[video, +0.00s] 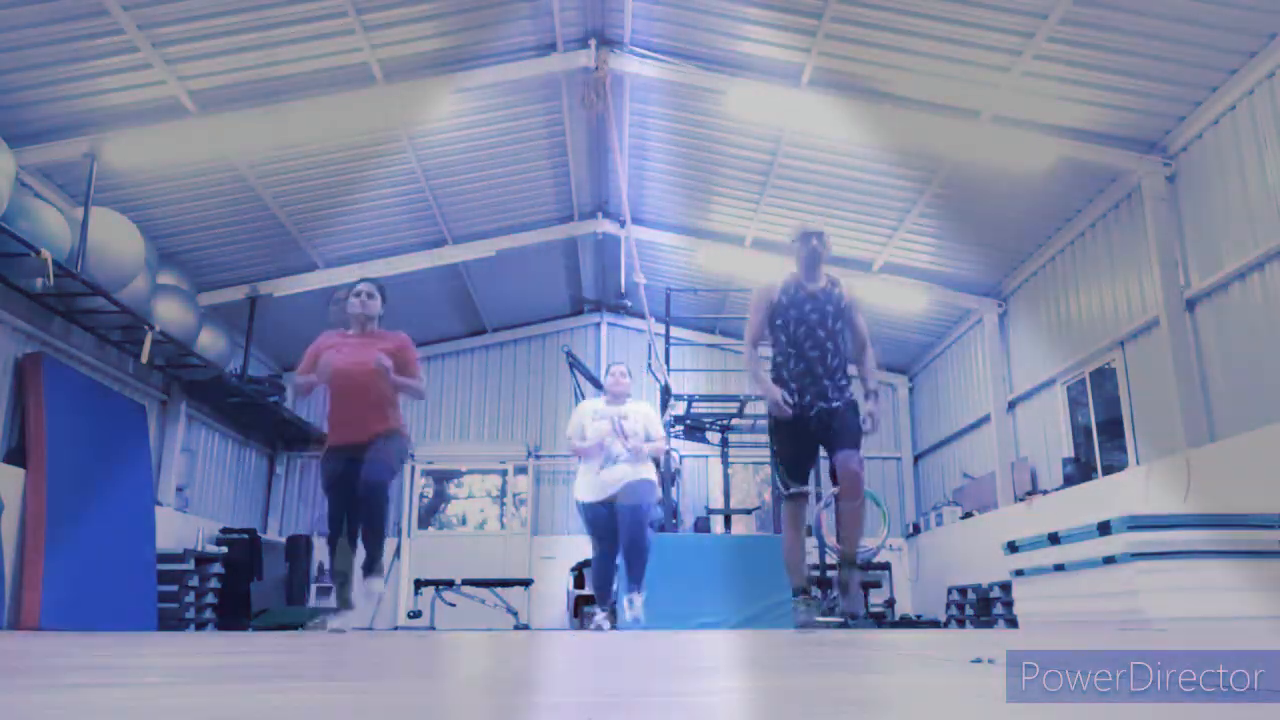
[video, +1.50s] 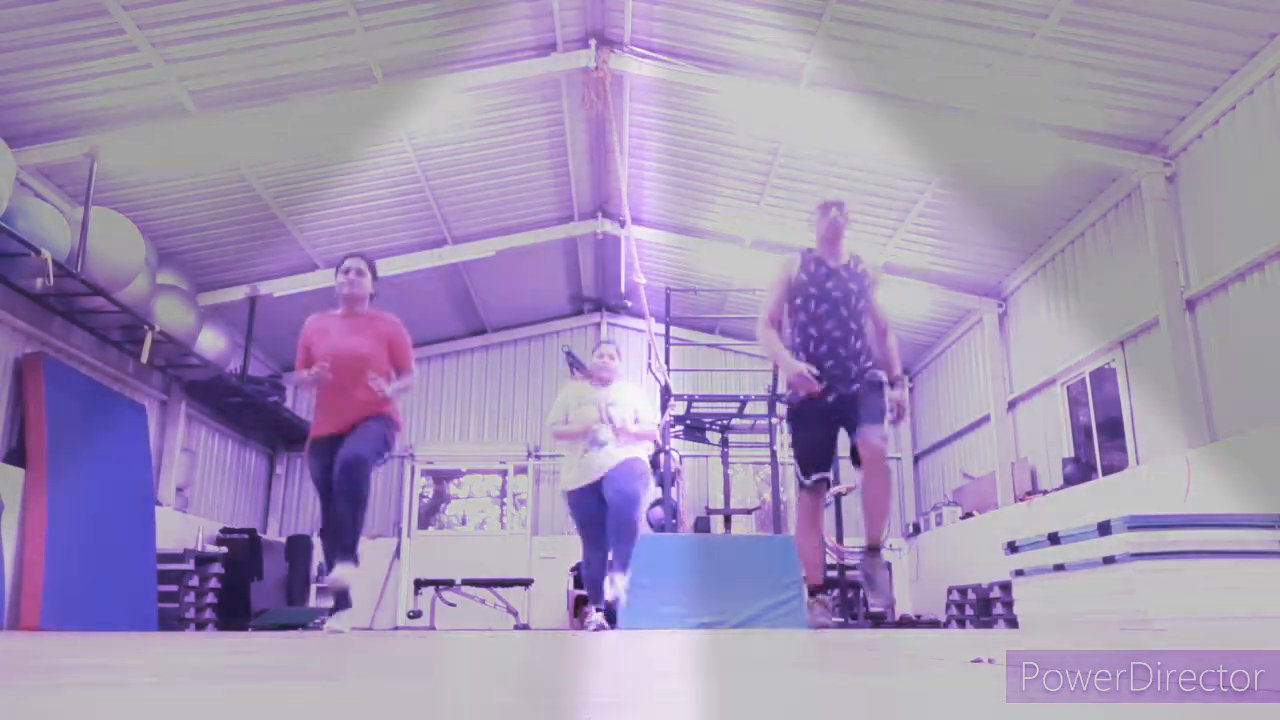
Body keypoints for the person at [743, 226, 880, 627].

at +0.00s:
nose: (813, 249)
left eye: (819, 243)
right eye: (806, 243)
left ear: (826, 252)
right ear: (794, 251)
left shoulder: (842, 297)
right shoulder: (772, 295)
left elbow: (863, 349)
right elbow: (751, 347)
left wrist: (871, 395)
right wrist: (766, 387)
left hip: (839, 404)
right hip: (790, 406)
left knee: (851, 475)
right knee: (795, 499)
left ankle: (849, 578)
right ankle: (800, 594)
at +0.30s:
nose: (826, 259)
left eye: (833, 254)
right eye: (821, 253)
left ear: (839, 262)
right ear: (809, 258)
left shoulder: (852, 314)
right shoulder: (784, 304)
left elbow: (873, 364)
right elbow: (761, 360)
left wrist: (876, 406)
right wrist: (767, 409)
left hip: (843, 424)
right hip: (795, 424)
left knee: (848, 511)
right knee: (795, 511)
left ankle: (850, 602)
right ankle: (791, 594)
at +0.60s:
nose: (821, 271)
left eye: (827, 264)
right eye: (815, 264)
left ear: (834, 270)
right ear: (805, 268)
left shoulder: (853, 320)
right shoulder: (782, 313)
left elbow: (874, 368)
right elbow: (765, 369)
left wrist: (880, 416)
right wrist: (756, 421)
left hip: (843, 414)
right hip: (797, 405)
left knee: (843, 514)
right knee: (822, 430)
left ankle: (837, 605)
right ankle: (796, 486)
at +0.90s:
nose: (816, 261)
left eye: (822, 256)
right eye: (810, 255)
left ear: (830, 264)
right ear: (799, 261)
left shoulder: (850, 313)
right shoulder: (778, 307)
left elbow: (877, 362)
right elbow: (761, 364)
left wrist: (885, 400)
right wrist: (751, 419)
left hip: (849, 421)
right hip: (803, 420)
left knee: (848, 516)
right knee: (804, 510)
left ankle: (846, 601)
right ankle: (808, 605)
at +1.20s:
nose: (816, 227)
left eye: (822, 221)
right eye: (807, 222)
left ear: (831, 231)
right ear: (794, 235)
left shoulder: (849, 276)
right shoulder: (779, 280)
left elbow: (874, 331)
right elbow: (760, 341)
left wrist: (891, 383)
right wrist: (767, 392)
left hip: (850, 392)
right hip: (802, 397)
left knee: (870, 454)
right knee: (809, 497)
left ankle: (843, 494)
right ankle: (813, 595)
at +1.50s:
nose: (834, 219)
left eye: (840, 213)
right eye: (827, 213)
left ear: (848, 224)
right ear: (814, 223)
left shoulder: (862, 274)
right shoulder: (795, 268)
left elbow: (884, 330)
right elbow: (766, 326)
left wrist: (897, 382)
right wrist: (787, 363)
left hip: (862, 384)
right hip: (810, 389)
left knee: (873, 449)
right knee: (812, 490)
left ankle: (873, 557)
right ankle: (814, 596)